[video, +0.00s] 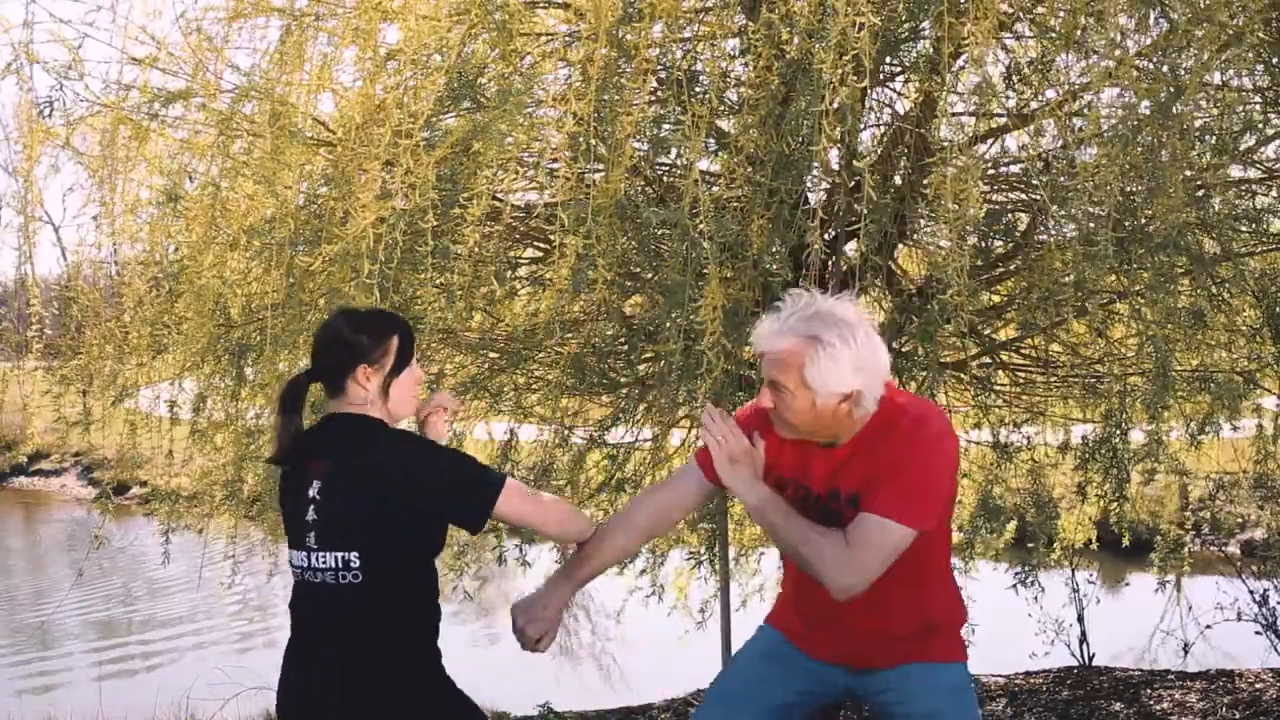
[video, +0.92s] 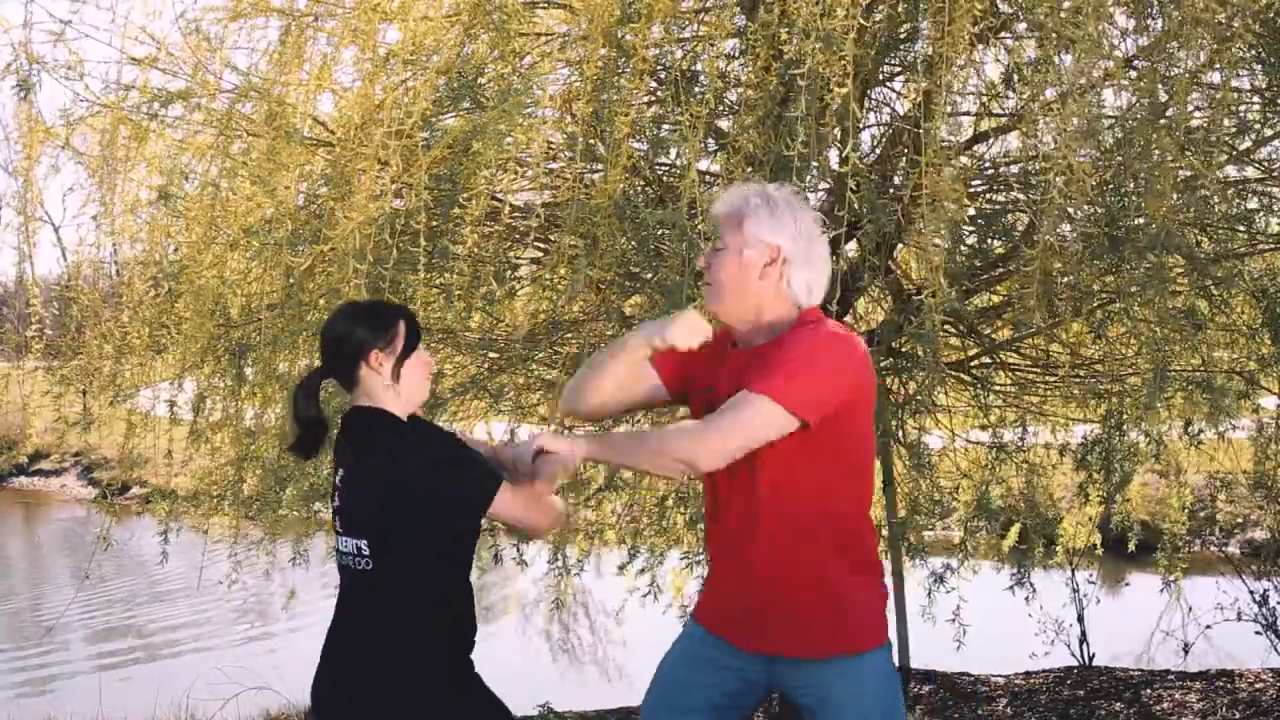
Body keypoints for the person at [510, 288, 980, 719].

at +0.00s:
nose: (765, 402)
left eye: (780, 390)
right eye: (765, 384)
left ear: (845, 398)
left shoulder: (923, 436)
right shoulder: (764, 425)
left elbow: (847, 572)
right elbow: (660, 506)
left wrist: (754, 493)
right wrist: (557, 589)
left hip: (916, 657)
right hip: (795, 645)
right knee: (711, 713)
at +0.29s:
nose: (757, 368)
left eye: (775, 357)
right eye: (759, 352)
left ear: (838, 374)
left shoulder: (909, 434)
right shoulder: (771, 415)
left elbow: (788, 533)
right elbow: (667, 508)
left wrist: (731, 425)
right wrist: (588, 597)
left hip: (916, 658)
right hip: (800, 642)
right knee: (714, 713)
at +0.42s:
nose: (728, 319)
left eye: (747, 306)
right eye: (736, 302)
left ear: (802, 327)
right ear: (799, 327)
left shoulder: (859, 410)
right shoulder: (747, 393)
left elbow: (728, 532)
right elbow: (633, 475)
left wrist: (614, 542)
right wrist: (685, 462)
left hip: (882, 664)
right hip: (772, 640)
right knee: (689, 713)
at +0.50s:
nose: (722, 297)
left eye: (739, 285)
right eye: (730, 283)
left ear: (791, 306)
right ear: (784, 307)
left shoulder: (846, 398)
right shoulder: (738, 387)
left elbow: (716, 518)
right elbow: (629, 436)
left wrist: (599, 558)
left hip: (859, 663)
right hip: (758, 641)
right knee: (679, 713)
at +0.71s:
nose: (731, 275)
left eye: (747, 261)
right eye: (740, 260)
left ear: (793, 280)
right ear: (789, 281)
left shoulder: (839, 375)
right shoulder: (742, 369)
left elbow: (695, 475)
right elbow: (644, 402)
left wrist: (590, 510)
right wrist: (559, 391)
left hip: (848, 663)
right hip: (747, 639)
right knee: (672, 713)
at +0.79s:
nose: (727, 272)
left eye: (745, 257)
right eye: (736, 258)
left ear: (793, 275)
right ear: (787, 274)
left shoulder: (836, 362)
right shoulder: (742, 361)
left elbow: (677, 448)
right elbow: (642, 390)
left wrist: (592, 456)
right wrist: (562, 395)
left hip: (845, 660)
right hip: (738, 638)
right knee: (672, 711)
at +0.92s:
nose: (703, 263)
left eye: (719, 248)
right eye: (710, 247)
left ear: (770, 261)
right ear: (766, 262)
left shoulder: (830, 352)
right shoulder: (711, 354)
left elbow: (702, 451)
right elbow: (579, 400)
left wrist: (585, 447)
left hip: (839, 649)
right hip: (721, 637)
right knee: (660, 710)